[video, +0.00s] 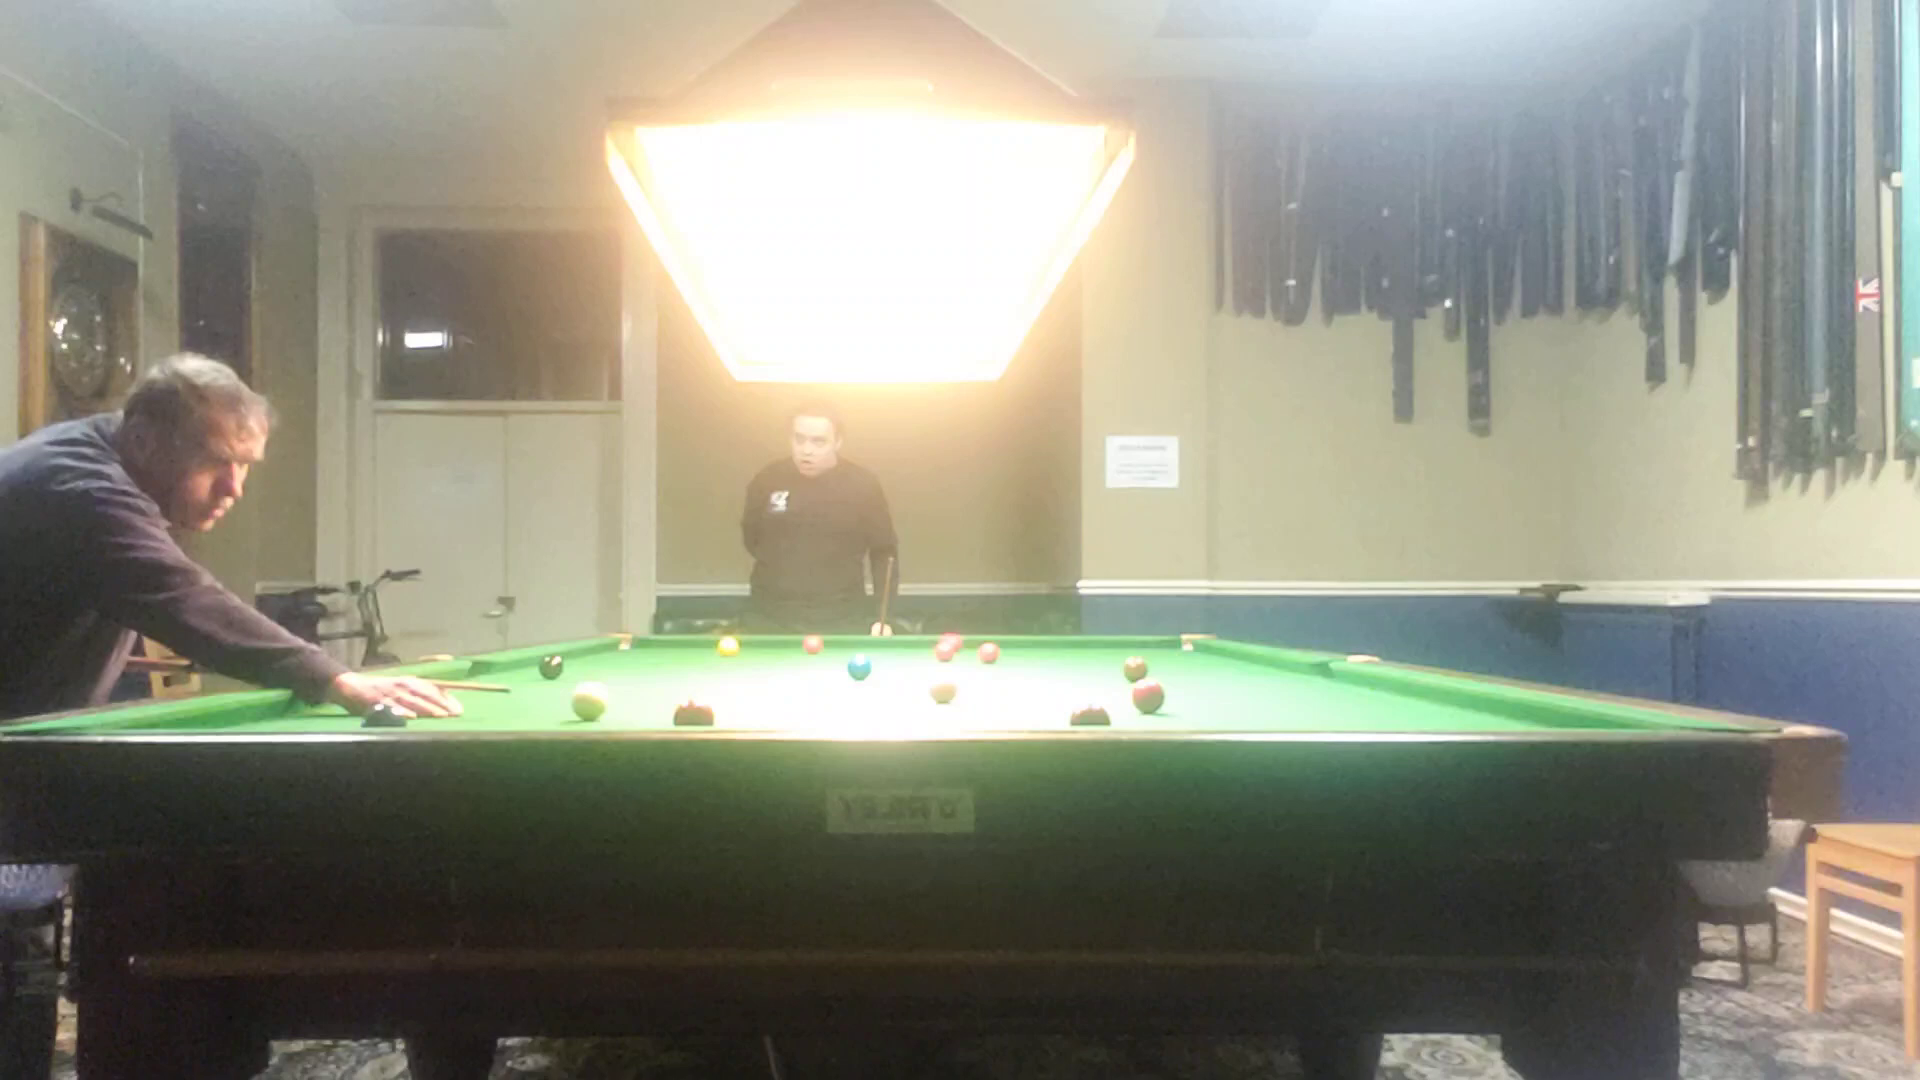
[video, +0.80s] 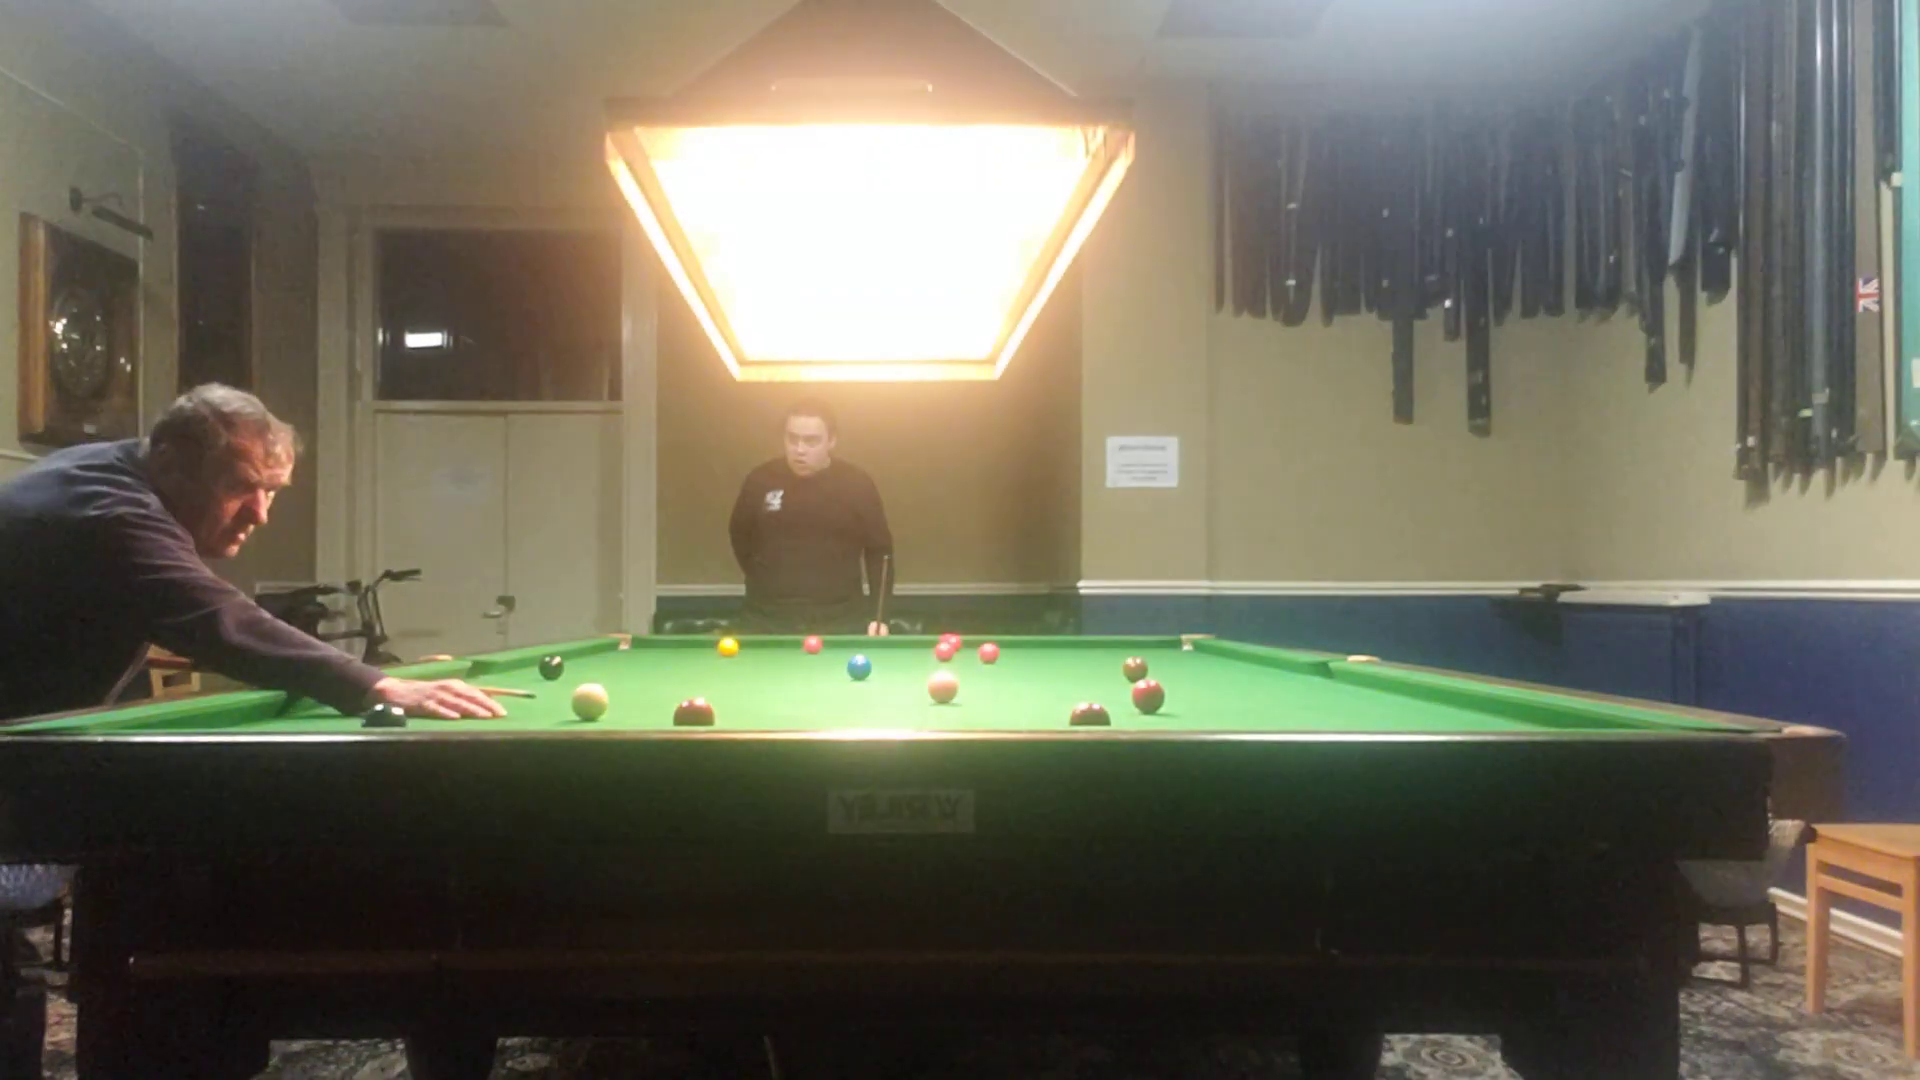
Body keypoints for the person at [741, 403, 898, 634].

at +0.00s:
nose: (806, 451)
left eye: (818, 442)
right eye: (800, 440)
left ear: (838, 443)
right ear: (791, 439)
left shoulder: (863, 485)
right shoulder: (767, 480)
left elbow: (884, 551)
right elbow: (753, 540)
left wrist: (883, 618)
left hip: (842, 617)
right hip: (772, 617)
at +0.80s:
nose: (800, 450)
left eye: (811, 441)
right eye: (793, 440)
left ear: (831, 442)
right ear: (784, 439)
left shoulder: (857, 485)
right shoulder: (760, 482)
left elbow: (880, 550)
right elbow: (740, 537)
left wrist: (880, 616)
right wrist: (764, 581)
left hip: (840, 622)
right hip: (768, 623)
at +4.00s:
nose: (807, 438)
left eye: (818, 430)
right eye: (800, 429)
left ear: (836, 437)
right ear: (790, 434)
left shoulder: (860, 485)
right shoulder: (768, 485)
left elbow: (893, 550)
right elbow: (743, 552)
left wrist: (881, 538)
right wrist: (734, 608)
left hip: (842, 626)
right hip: (773, 627)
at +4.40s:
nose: (799, 437)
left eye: (810, 429)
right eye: (792, 428)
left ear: (827, 437)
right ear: (781, 433)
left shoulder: (851, 483)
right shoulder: (759, 484)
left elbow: (884, 549)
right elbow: (735, 550)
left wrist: (870, 537)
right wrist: (727, 608)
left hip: (834, 623)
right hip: (765, 624)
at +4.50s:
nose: (795, 436)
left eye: (806, 429)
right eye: (788, 427)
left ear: (822, 437)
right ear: (776, 433)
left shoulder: (847, 482)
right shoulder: (754, 484)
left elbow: (880, 548)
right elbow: (730, 552)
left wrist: (867, 537)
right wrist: (723, 608)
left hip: (831, 624)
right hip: (761, 625)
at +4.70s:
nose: (781, 434)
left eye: (792, 426)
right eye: (773, 425)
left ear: (807, 436)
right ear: (762, 432)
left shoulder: (832, 480)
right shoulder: (739, 483)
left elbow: (867, 546)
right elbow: (716, 551)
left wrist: (860, 537)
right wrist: (710, 609)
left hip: (819, 626)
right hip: (748, 627)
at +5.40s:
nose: (730, 433)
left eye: (742, 426)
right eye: (723, 425)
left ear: (760, 435)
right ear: (714, 431)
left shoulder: (784, 486)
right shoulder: (689, 485)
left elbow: (810, 551)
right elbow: (664, 551)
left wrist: (822, 544)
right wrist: (657, 609)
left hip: (768, 630)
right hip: (697, 630)